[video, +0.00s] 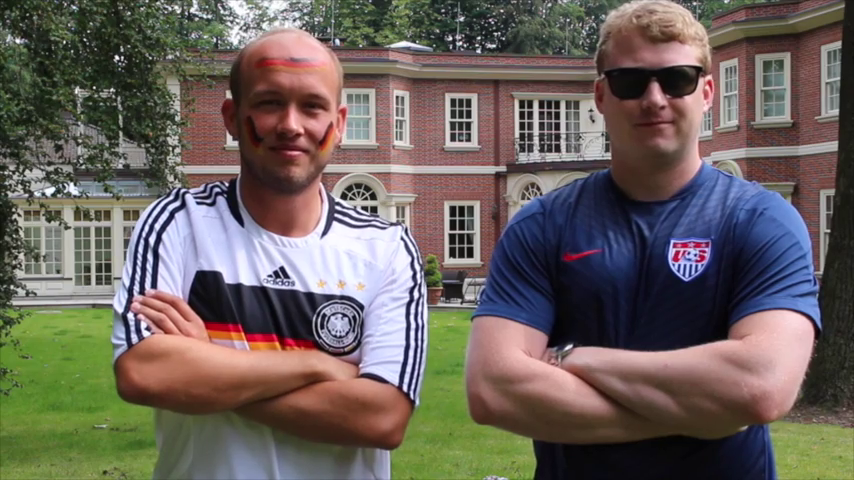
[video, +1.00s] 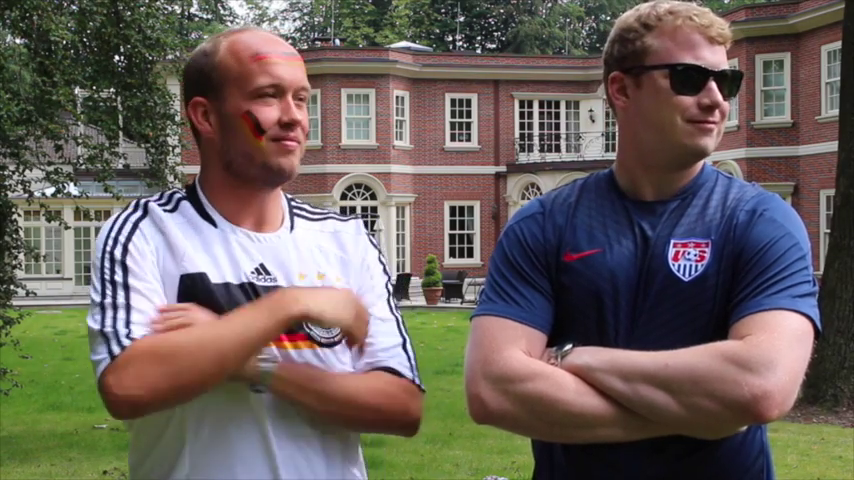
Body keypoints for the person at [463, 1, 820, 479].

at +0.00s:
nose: (653, 98)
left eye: (675, 80)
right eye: (630, 81)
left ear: (707, 93)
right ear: (600, 97)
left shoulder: (762, 221)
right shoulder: (540, 227)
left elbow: (762, 389)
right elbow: (493, 391)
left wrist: (570, 361)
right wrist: (686, 411)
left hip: (724, 473)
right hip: (575, 474)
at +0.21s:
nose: (664, 97)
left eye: (684, 79)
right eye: (639, 80)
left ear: (708, 93)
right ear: (602, 96)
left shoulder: (762, 220)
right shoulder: (540, 228)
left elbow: (762, 389)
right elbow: (493, 391)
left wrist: (571, 361)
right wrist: (686, 411)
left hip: (725, 473)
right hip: (576, 474)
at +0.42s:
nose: (708, 94)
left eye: (717, 78)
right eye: (680, 75)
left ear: (725, 90)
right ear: (614, 93)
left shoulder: (760, 219)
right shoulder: (539, 228)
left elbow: (762, 387)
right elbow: (492, 392)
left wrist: (569, 362)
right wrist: (685, 411)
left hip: (725, 473)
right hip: (576, 474)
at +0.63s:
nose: (717, 97)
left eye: (727, 80)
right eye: (691, 77)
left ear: (734, 90)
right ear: (621, 91)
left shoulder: (761, 220)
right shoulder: (540, 227)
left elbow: (763, 388)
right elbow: (492, 391)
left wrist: (571, 362)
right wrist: (686, 411)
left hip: (725, 473)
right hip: (575, 473)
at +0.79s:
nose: (717, 98)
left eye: (727, 81)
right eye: (691, 78)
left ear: (734, 91)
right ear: (622, 91)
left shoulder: (762, 221)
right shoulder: (540, 226)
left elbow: (763, 388)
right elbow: (492, 390)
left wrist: (572, 361)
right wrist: (685, 411)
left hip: (724, 473)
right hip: (574, 473)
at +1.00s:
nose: (715, 98)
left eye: (725, 81)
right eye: (689, 78)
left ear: (733, 92)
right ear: (620, 91)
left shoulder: (762, 221)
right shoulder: (540, 226)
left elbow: (762, 387)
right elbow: (491, 390)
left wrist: (569, 360)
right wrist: (682, 410)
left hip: (723, 473)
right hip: (574, 473)